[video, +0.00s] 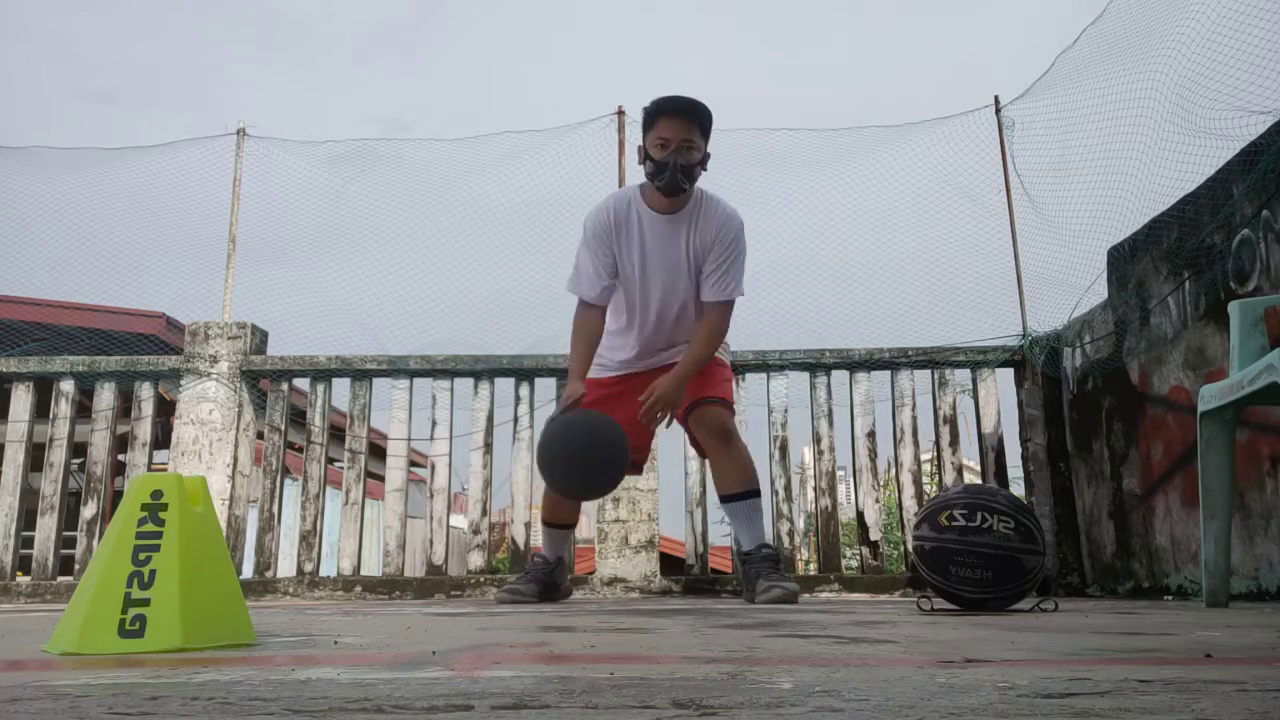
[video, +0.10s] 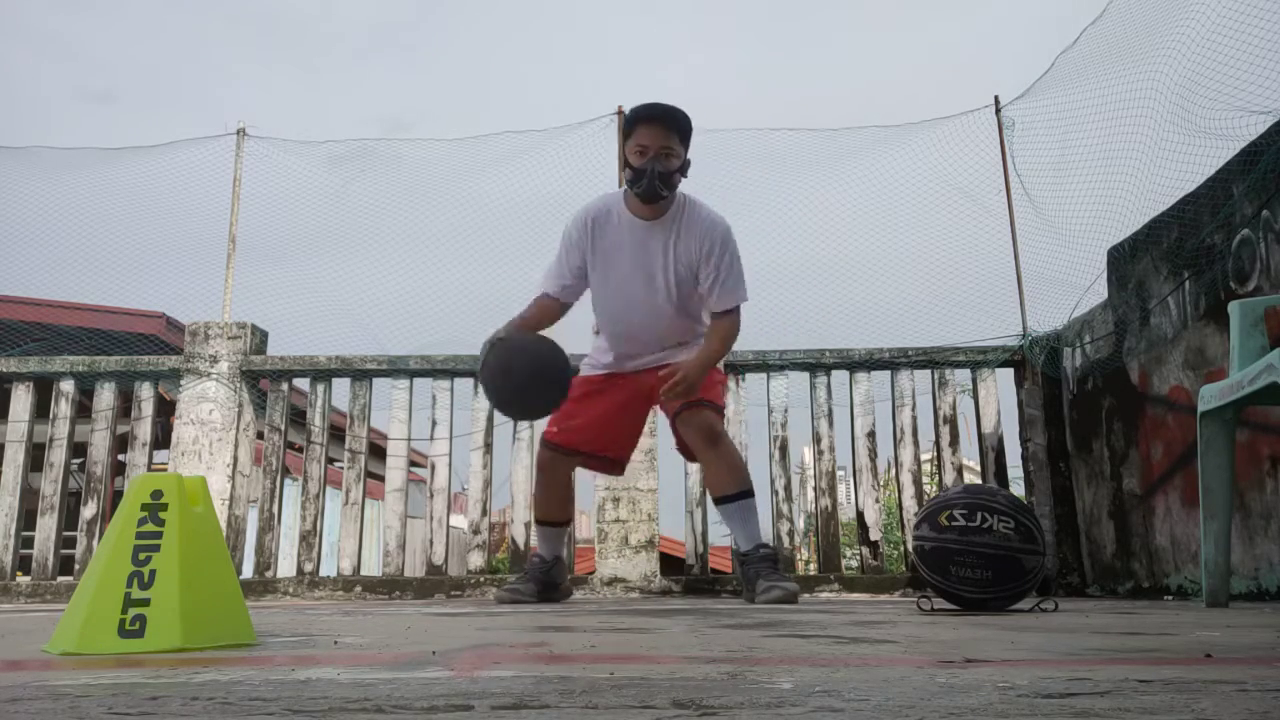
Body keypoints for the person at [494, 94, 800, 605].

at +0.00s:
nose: (674, 161)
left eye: (687, 150)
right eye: (662, 146)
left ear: (704, 157)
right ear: (642, 150)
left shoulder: (721, 224)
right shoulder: (608, 219)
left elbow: (716, 319)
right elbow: (590, 307)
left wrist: (679, 379)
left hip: (692, 359)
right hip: (618, 366)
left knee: (716, 427)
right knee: (571, 443)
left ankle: (758, 563)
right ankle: (550, 566)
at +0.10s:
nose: (650, 167)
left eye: (665, 156)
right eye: (640, 154)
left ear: (683, 163)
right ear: (623, 155)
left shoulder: (707, 230)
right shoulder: (592, 223)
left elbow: (726, 317)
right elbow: (557, 295)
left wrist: (700, 363)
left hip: (684, 360)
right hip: (610, 366)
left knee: (703, 429)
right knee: (553, 450)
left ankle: (756, 561)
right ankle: (549, 568)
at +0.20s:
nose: (644, 169)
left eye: (659, 158)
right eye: (634, 155)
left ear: (678, 165)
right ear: (617, 158)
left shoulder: (703, 229)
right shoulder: (586, 222)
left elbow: (735, 313)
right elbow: (554, 291)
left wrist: (730, 369)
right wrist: (512, 312)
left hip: (681, 361)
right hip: (604, 368)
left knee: (695, 427)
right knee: (548, 446)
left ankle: (754, 560)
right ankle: (548, 567)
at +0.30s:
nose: (660, 162)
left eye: (674, 152)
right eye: (649, 149)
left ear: (692, 159)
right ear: (632, 151)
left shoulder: (713, 227)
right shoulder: (594, 219)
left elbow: (734, 313)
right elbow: (573, 305)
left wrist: (745, 386)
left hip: (681, 359)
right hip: (605, 364)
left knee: (698, 426)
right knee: (548, 448)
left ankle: (755, 561)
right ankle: (548, 567)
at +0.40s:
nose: (688, 163)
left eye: (700, 153)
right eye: (677, 151)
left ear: (716, 163)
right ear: (657, 156)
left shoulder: (730, 237)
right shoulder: (615, 221)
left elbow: (734, 327)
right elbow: (606, 313)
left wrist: (741, 409)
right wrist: (633, 387)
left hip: (685, 356)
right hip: (611, 359)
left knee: (711, 422)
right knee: (557, 464)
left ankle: (755, 563)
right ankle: (548, 568)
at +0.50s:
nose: (718, 174)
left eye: (730, 164)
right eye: (706, 160)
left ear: (742, 174)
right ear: (681, 164)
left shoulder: (743, 246)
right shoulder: (636, 223)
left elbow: (745, 331)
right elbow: (615, 316)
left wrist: (759, 405)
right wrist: (665, 369)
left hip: (696, 362)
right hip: (622, 362)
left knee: (729, 426)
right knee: (571, 470)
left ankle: (757, 563)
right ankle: (547, 564)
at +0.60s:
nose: (733, 178)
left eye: (745, 168)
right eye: (721, 164)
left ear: (756, 176)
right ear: (695, 165)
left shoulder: (753, 241)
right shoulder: (650, 224)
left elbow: (771, 309)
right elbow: (628, 317)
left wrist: (811, 363)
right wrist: (691, 352)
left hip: (700, 364)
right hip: (626, 368)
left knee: (730, 424)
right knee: (588, 475)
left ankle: (759, 566)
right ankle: (549, 558)